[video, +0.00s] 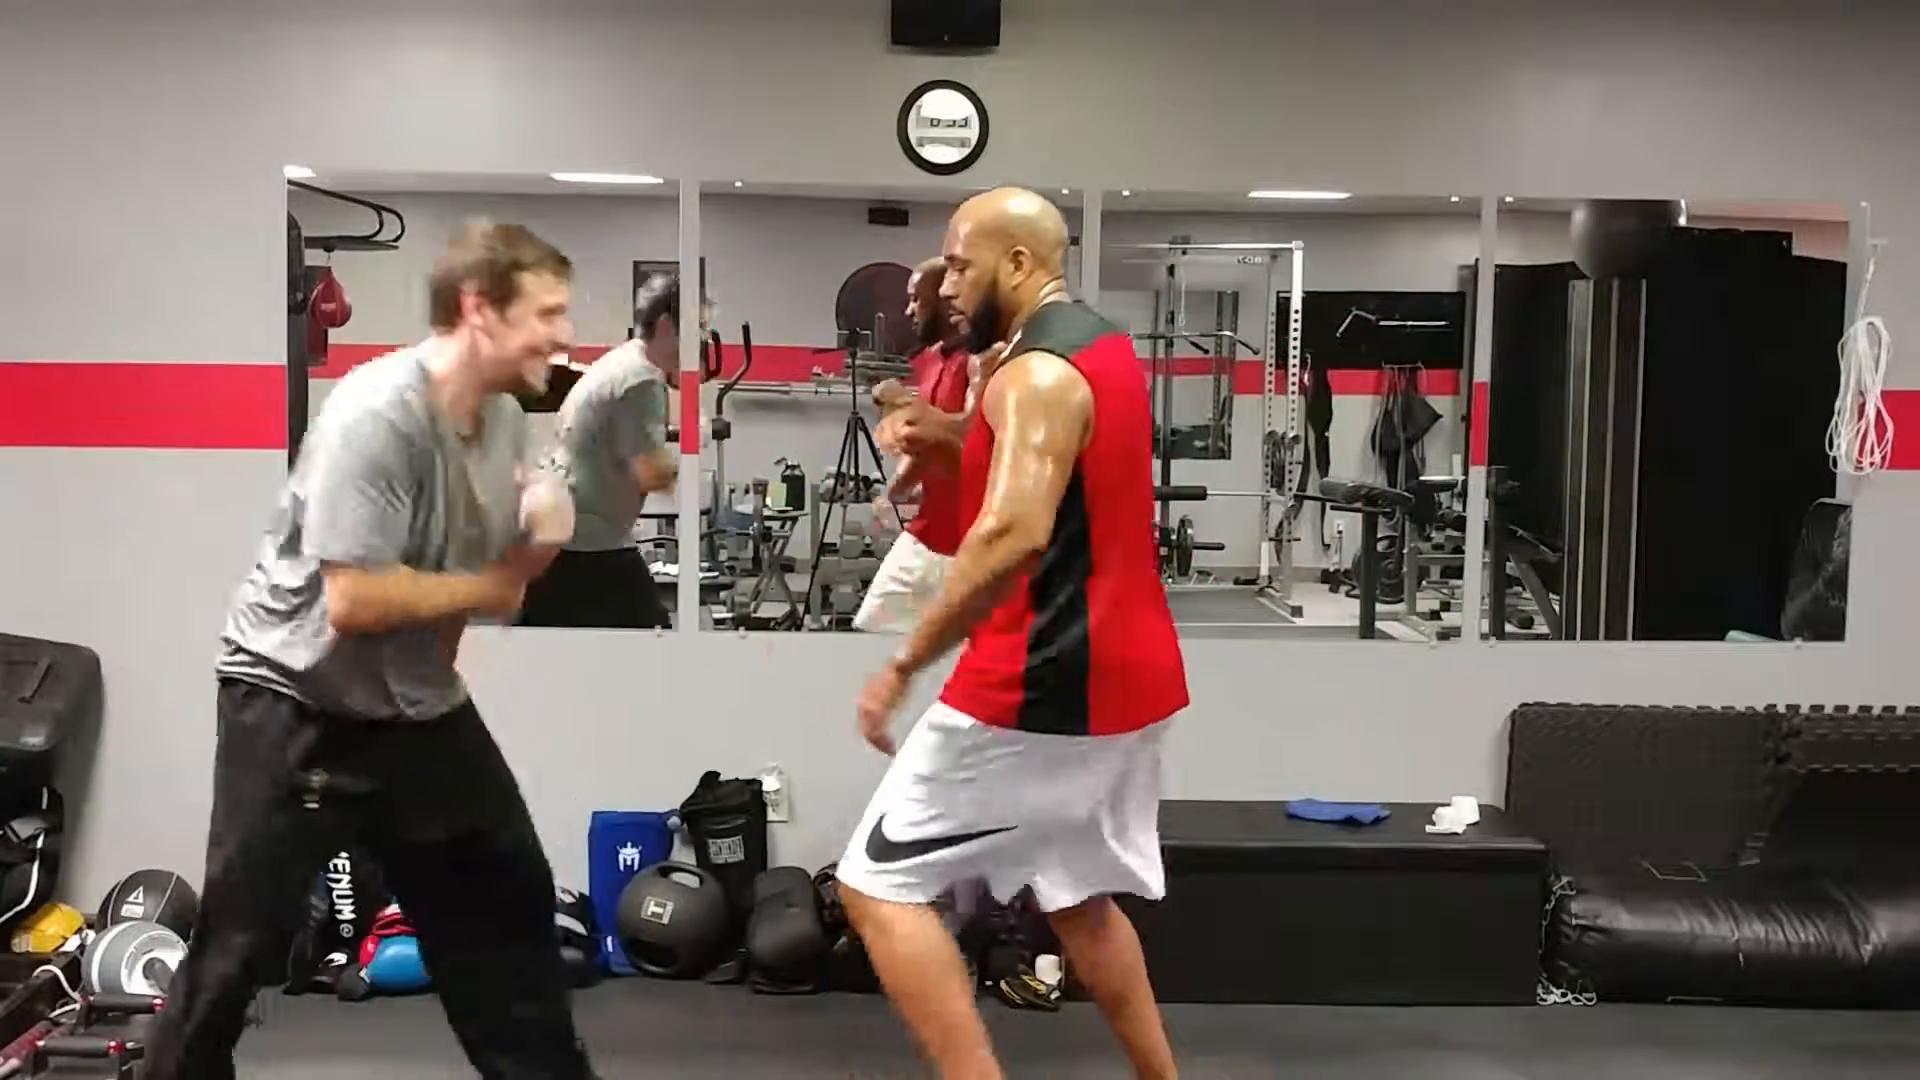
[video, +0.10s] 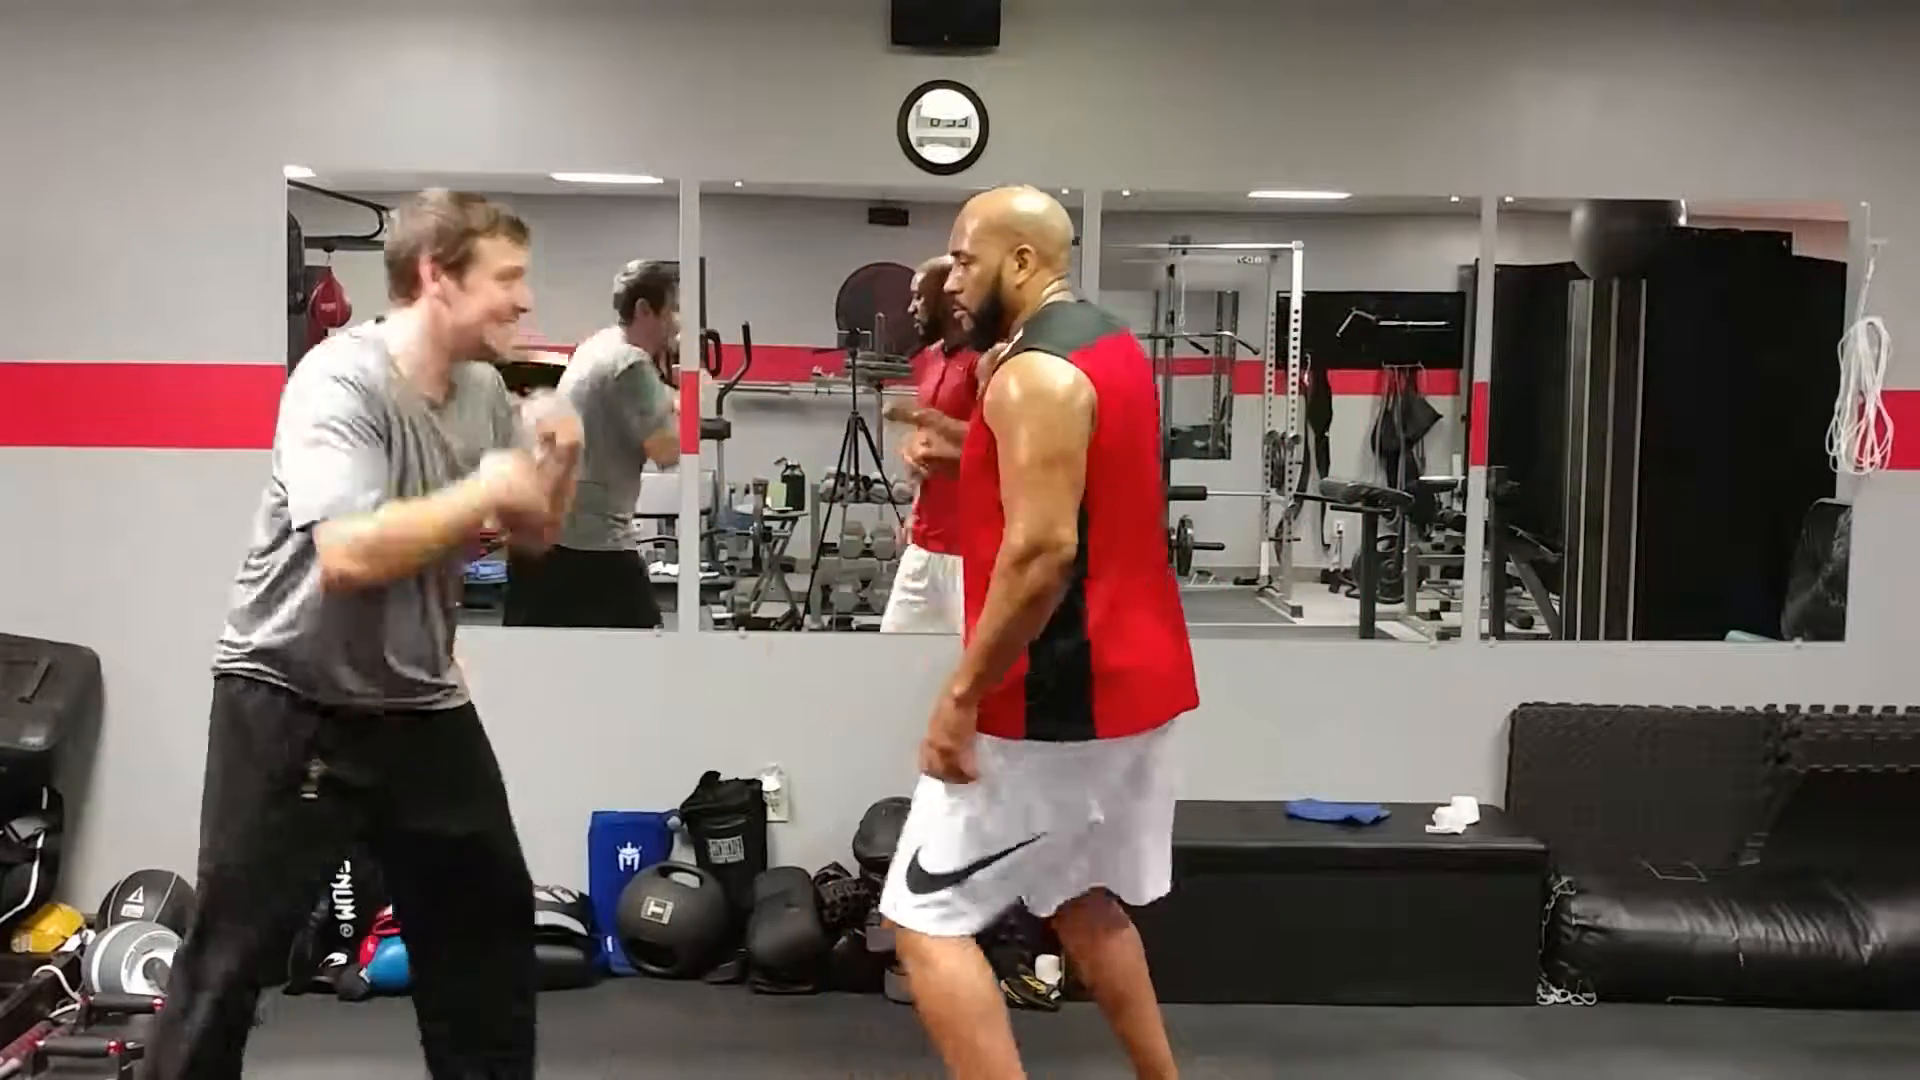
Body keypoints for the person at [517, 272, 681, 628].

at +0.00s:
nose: (698, 340)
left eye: (700, 328)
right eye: (693, 328)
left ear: (660, 325)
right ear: (664, 326)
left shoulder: (620, 363)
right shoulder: (641, 379)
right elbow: (649, 475)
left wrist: (664, 467)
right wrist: (676, 465)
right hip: (598, 554)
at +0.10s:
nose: (678, 323)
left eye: (678, 311)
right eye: (673, 311)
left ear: (636, 311)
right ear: (644, 311)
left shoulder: (594, 348)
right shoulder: (629, 363)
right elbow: (664, 450)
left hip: (549, 541)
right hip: (599, 549)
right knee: (645, 659)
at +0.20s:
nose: (670, 310)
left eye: (670, 299)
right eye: (663, 299)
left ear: (625, 303)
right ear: (630, 302)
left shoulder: (580, 342)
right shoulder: (624, 352)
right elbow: (683, 419)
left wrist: (665, 366)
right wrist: (677, 365)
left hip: (537, 537)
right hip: (592, 545)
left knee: (530, 664)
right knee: (638, 660)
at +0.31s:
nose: (662, 314)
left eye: (661, 302)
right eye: (653, 303)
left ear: (612, 308)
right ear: (618, 308)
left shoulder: (570, 345)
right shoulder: (619, 354)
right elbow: (686, 407)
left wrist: (654, 354)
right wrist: (671, 347)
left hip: (537, 531)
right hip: (594, 540)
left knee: (546, 654)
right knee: (653, 645)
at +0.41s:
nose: (659, 320)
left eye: (658, 310)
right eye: (651, 310)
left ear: (609, 317)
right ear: (617, 315)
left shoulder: (570, 355)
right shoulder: (627, 363)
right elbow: (699, 408)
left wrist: (659, 358)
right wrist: (685, 350)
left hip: (545, 540)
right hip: (610, 545)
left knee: (548, 658)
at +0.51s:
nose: (673, 328)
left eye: (671, 318)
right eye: (665, 318)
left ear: (624, 326)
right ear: (631, 324)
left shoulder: (581, 367)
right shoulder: (649, 375)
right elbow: (720, 420)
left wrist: (669, 361)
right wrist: (709, 357)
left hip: (562, 550)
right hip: (627, 556)